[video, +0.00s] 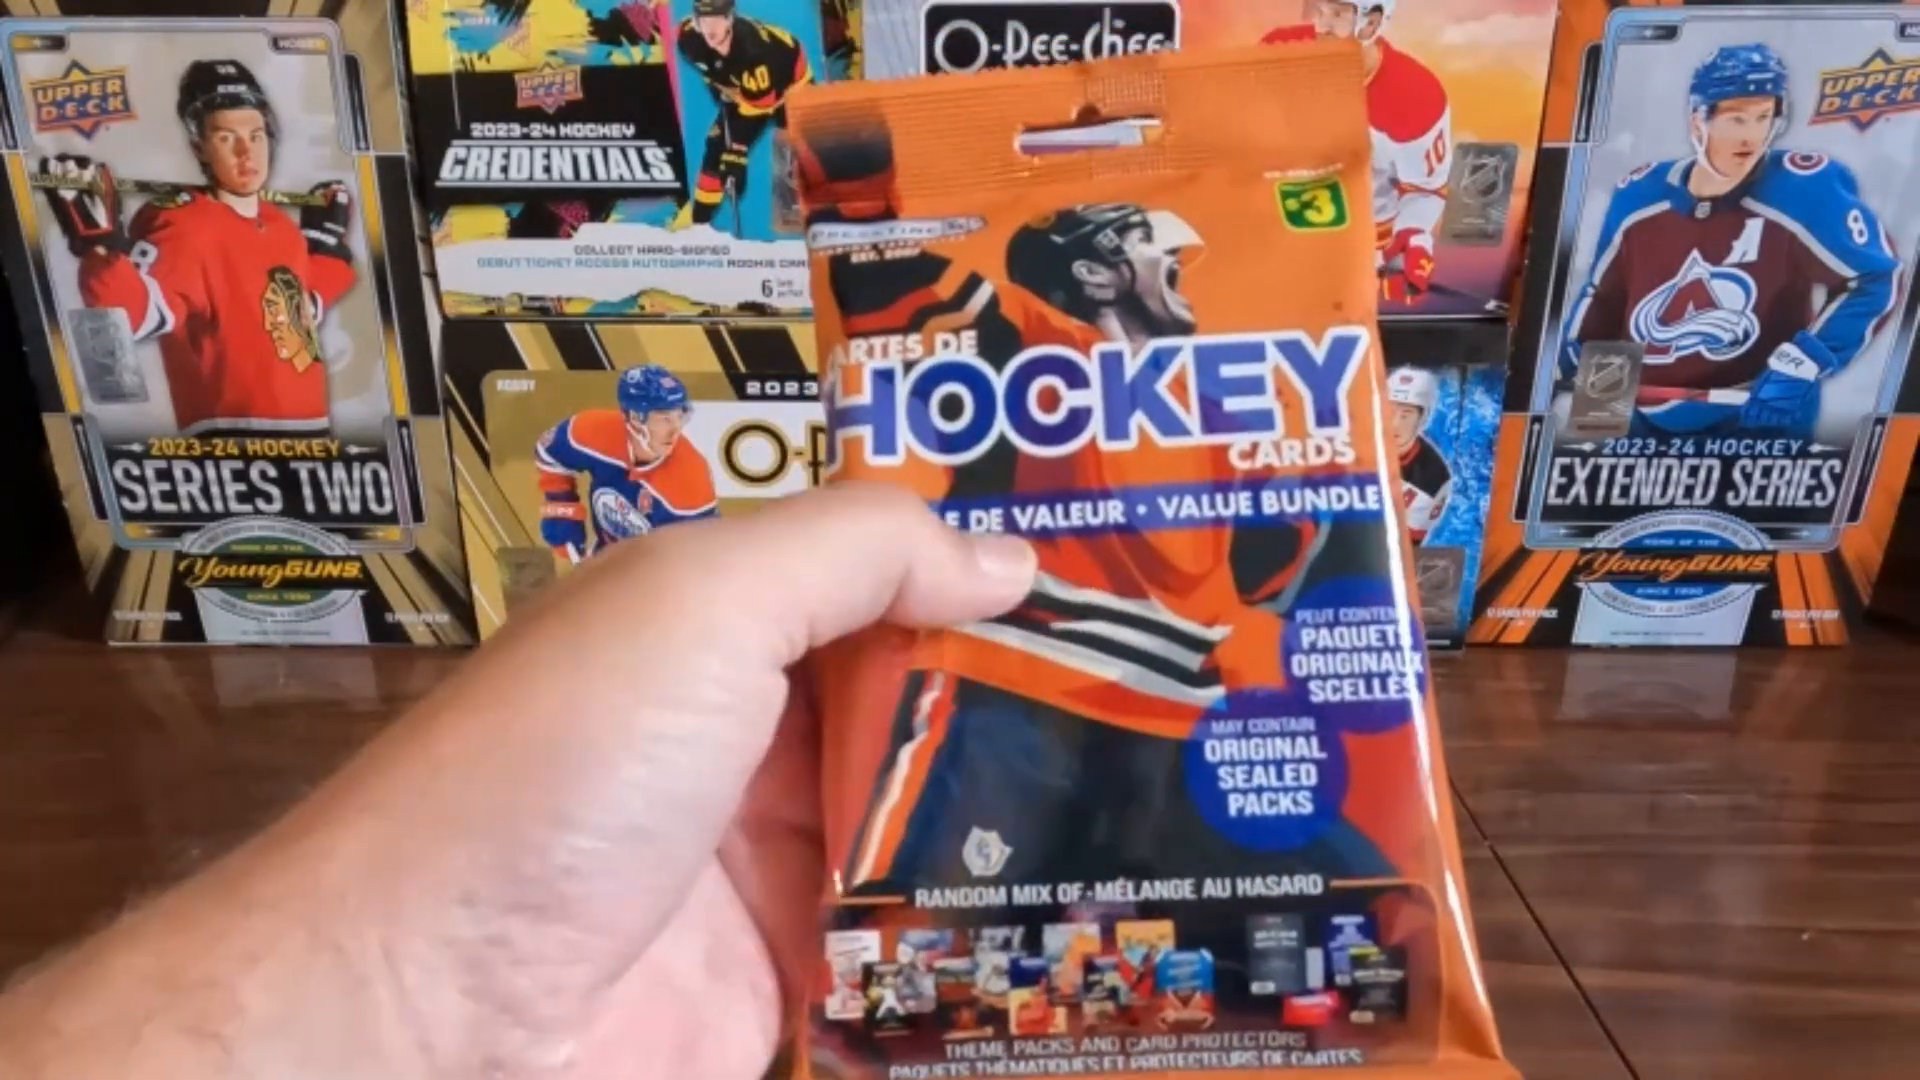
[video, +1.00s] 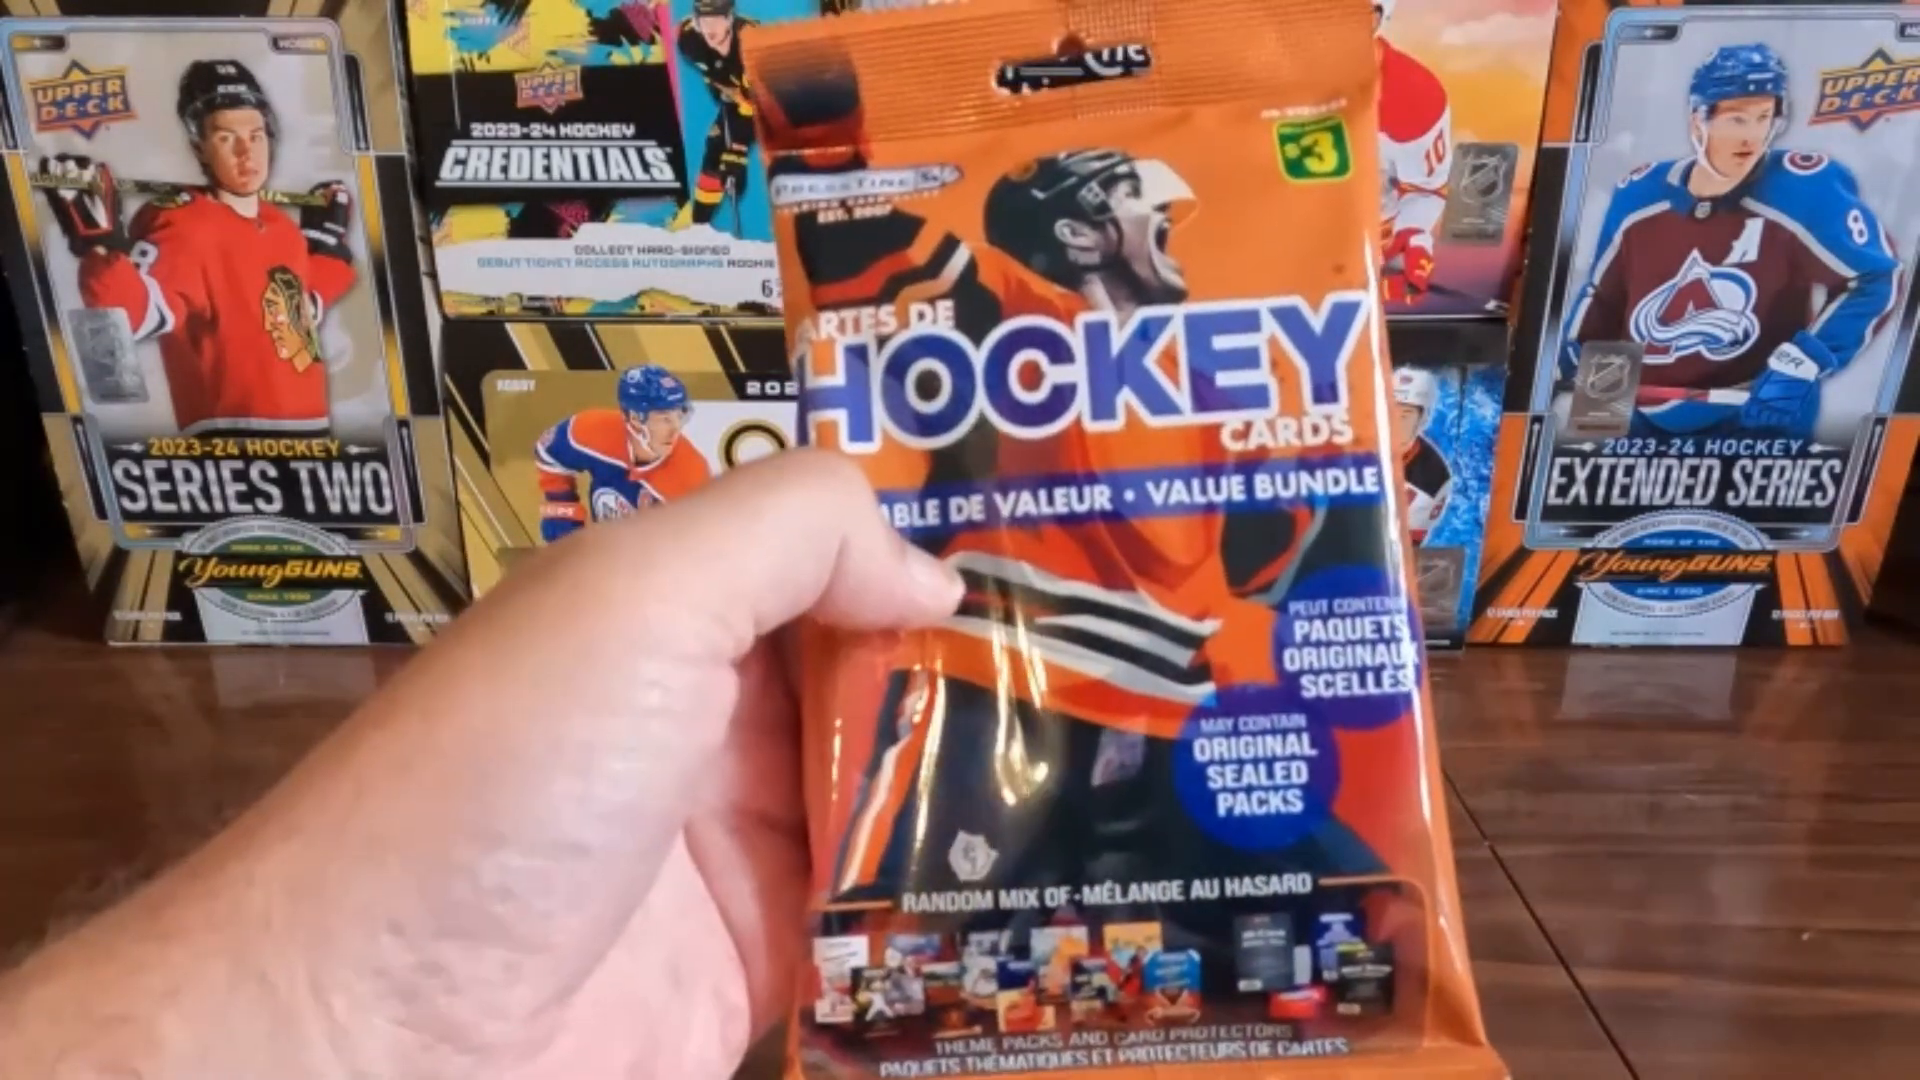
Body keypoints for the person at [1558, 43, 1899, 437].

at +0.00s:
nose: (1750, 135)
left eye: (1762, 118)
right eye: (1735, 119)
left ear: (1775, 123)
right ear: (1698, 124)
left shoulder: (1805, 192)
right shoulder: (1638, 197)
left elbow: (1879, 279)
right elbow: (1599, 296)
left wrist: (1801, 365)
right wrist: (1572, 366)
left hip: (1744, 427)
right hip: (1637, 421)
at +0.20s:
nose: (1750, 135)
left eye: (1762, 118)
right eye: (1734, 119)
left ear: (1775, 123)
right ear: (1698, 124)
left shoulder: (1804, 193)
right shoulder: (1637, 197)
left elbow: (1878, 279)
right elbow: (1600, 297)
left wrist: (1801, 365)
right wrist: (1572, 366)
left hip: (1744, 427)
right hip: (1637, 422)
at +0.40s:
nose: (1750, 135)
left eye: (1762, 118)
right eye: (1734, 119)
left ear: (1775, 123)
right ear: (1698, 124)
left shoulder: (1804, 193)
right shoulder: (1637, 197)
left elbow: (1878, 279)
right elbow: (1600, 297)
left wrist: (1801, 365)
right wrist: (1572, 366)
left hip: (1744, 427)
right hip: (1636, 422)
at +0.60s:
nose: (1750, 135)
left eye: (1762, 118)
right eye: (1734, 118)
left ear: (1775, 122)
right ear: (1698, 124)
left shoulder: (1804, 192)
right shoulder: (1638, 196)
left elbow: (1878, 279)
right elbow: (1600, 296)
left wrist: (1802, 363)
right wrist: (1575, 365)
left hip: (1743, 427)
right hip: (1636, 420)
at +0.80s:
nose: (1750, 135)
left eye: (1762, 118)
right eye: (1735, 119)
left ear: (1775, 123)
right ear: (1698, 124)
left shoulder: (1805, 192)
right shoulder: (1638, 197)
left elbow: (1878, 279)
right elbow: (1600, 297)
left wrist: (1802, 363)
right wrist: (1575, 364)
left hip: (1744, 427)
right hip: (1636, 421)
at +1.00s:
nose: (1750, 135)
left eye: (1762, 118)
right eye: (1735, 119)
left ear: (1775, 123)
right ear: (1698, 124)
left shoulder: (1804, 193)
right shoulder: (1638, 197)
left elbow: (1878, 279)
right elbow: (1600, 297)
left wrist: (1803, 363)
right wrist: (1575, 361)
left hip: (1743, 427)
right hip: (1636, 420)